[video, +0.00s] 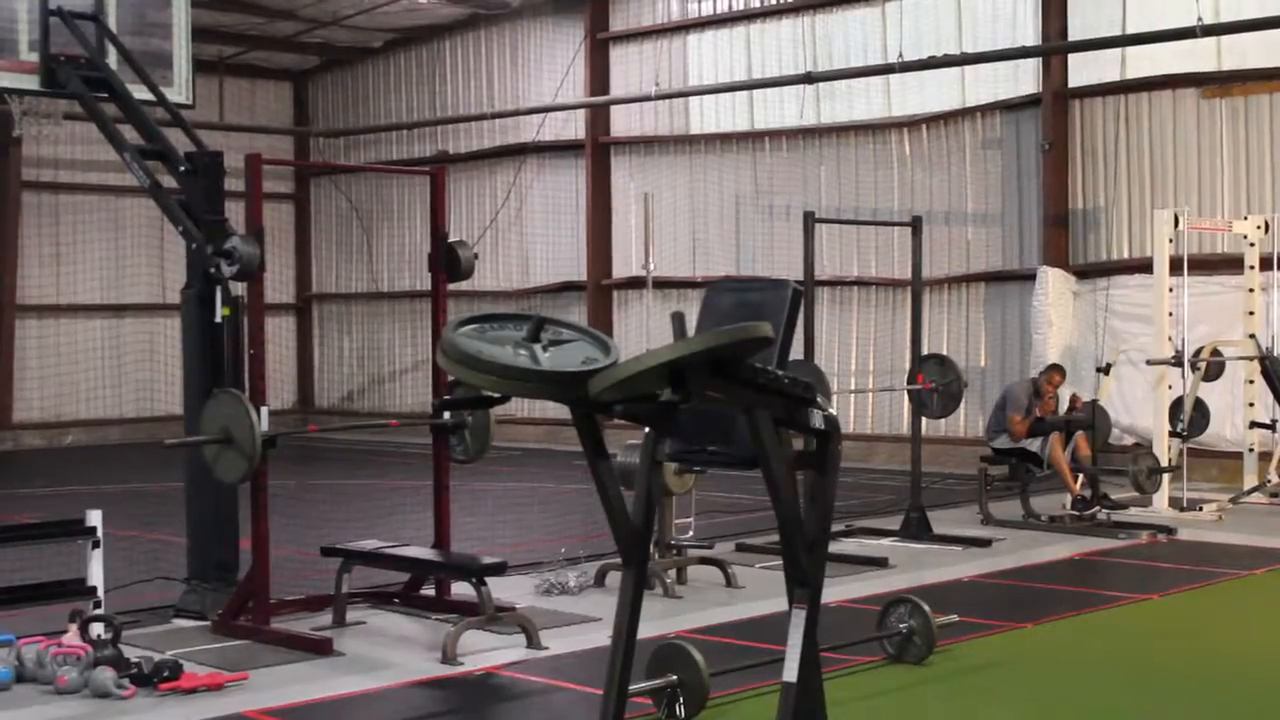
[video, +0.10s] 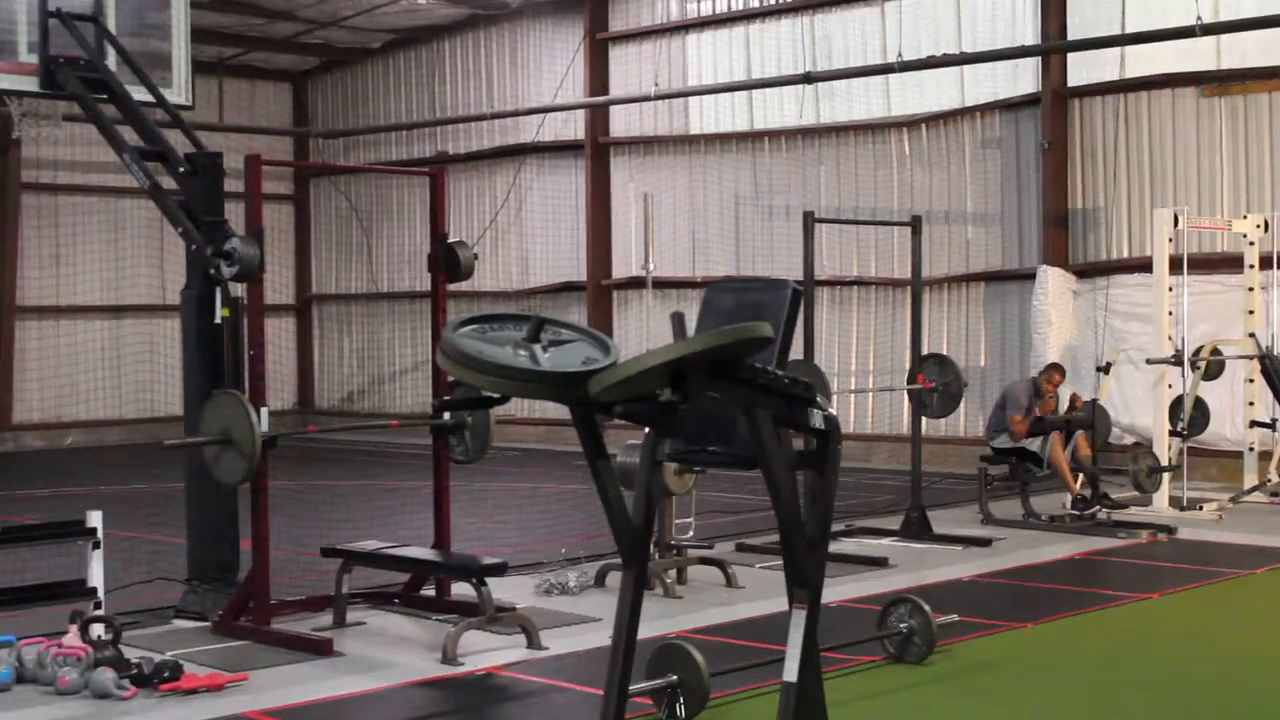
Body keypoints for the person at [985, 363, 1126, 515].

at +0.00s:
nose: (1050, 390)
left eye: (1055, 387)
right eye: (1048, 383)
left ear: (1059, 387)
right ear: (1040, 376)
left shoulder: (1050, 397)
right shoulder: (1018, 391)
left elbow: (1051, 426)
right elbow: (1016, 433)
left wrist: (1070, 412)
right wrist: (1039, 414)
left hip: (1028, 438)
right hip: (1001, 438)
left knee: (1078, 436)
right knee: (1053, 439)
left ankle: (1096, 494)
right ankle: (1077, 498)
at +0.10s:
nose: (1051, 389)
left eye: (1055, 386)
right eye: (1048, 383)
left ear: (1059, 386)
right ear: (1040, 375)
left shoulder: (1047, 395)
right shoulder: (1018, 390)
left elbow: (1051, 425)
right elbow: (1016, 433)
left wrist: (1070, 411)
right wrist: (1040, 414)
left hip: (1026, 437)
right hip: (1001, 438)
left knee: (1078, 435)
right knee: (1052, 440)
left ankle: (1097, 493)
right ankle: (1077, 497)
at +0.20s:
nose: (1051, 390)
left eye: (1055, 387)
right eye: (1048, 384)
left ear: (1059, 386)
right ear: (1040, 376)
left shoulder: (1047, 395)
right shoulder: (1018, 391)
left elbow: (1050, 426)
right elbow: (1016, 434)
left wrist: (1070, 413)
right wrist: (1040, 413)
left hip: (1026, 438)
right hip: (1001, 439)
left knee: (1078, 436)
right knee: (1053, 439)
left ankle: (1096, 493)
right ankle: (1077, 498)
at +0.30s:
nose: (1051, 390)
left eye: (1055, 387)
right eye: (1048, 383)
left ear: (1059, 386)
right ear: (1040, 375)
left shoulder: (1048, 395)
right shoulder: (1018, 391)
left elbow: (1049, 424)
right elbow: (1016, 433)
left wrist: (1071, 411)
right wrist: (1040, 415)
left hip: (1026, 437)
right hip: (1001, 439)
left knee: (1078, 436)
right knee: (1052, 440)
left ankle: (1097, 493)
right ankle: (1077, 497)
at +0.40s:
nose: (1051, 390)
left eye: (1055, 387)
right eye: (1048, 383)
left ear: (1059, 386)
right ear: (1040, 376)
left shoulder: (1048, 395)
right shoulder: (1019, 390)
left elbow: (1050, 426)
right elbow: (1016, 434)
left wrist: (1070, 412)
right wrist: (1040, 413)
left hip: (1027, 438)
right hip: (1001, 439)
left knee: (1078, 436)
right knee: (1053, 439)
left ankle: (1096, 494)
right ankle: (1076, 498)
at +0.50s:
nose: (1051, 389)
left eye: (1056, 386)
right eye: (1049, 383)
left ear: (1059, 386)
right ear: (1040, 375)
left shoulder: (1048, 395)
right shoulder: (1019, 390)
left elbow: (1050, 424)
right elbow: (1016, 434)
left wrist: (1071, 411)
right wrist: (1040, 415)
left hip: (1026, 438)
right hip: (1001, 439)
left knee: (1078, 435)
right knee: (1052, 439)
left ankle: (1097, 493)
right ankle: (1077, 497)